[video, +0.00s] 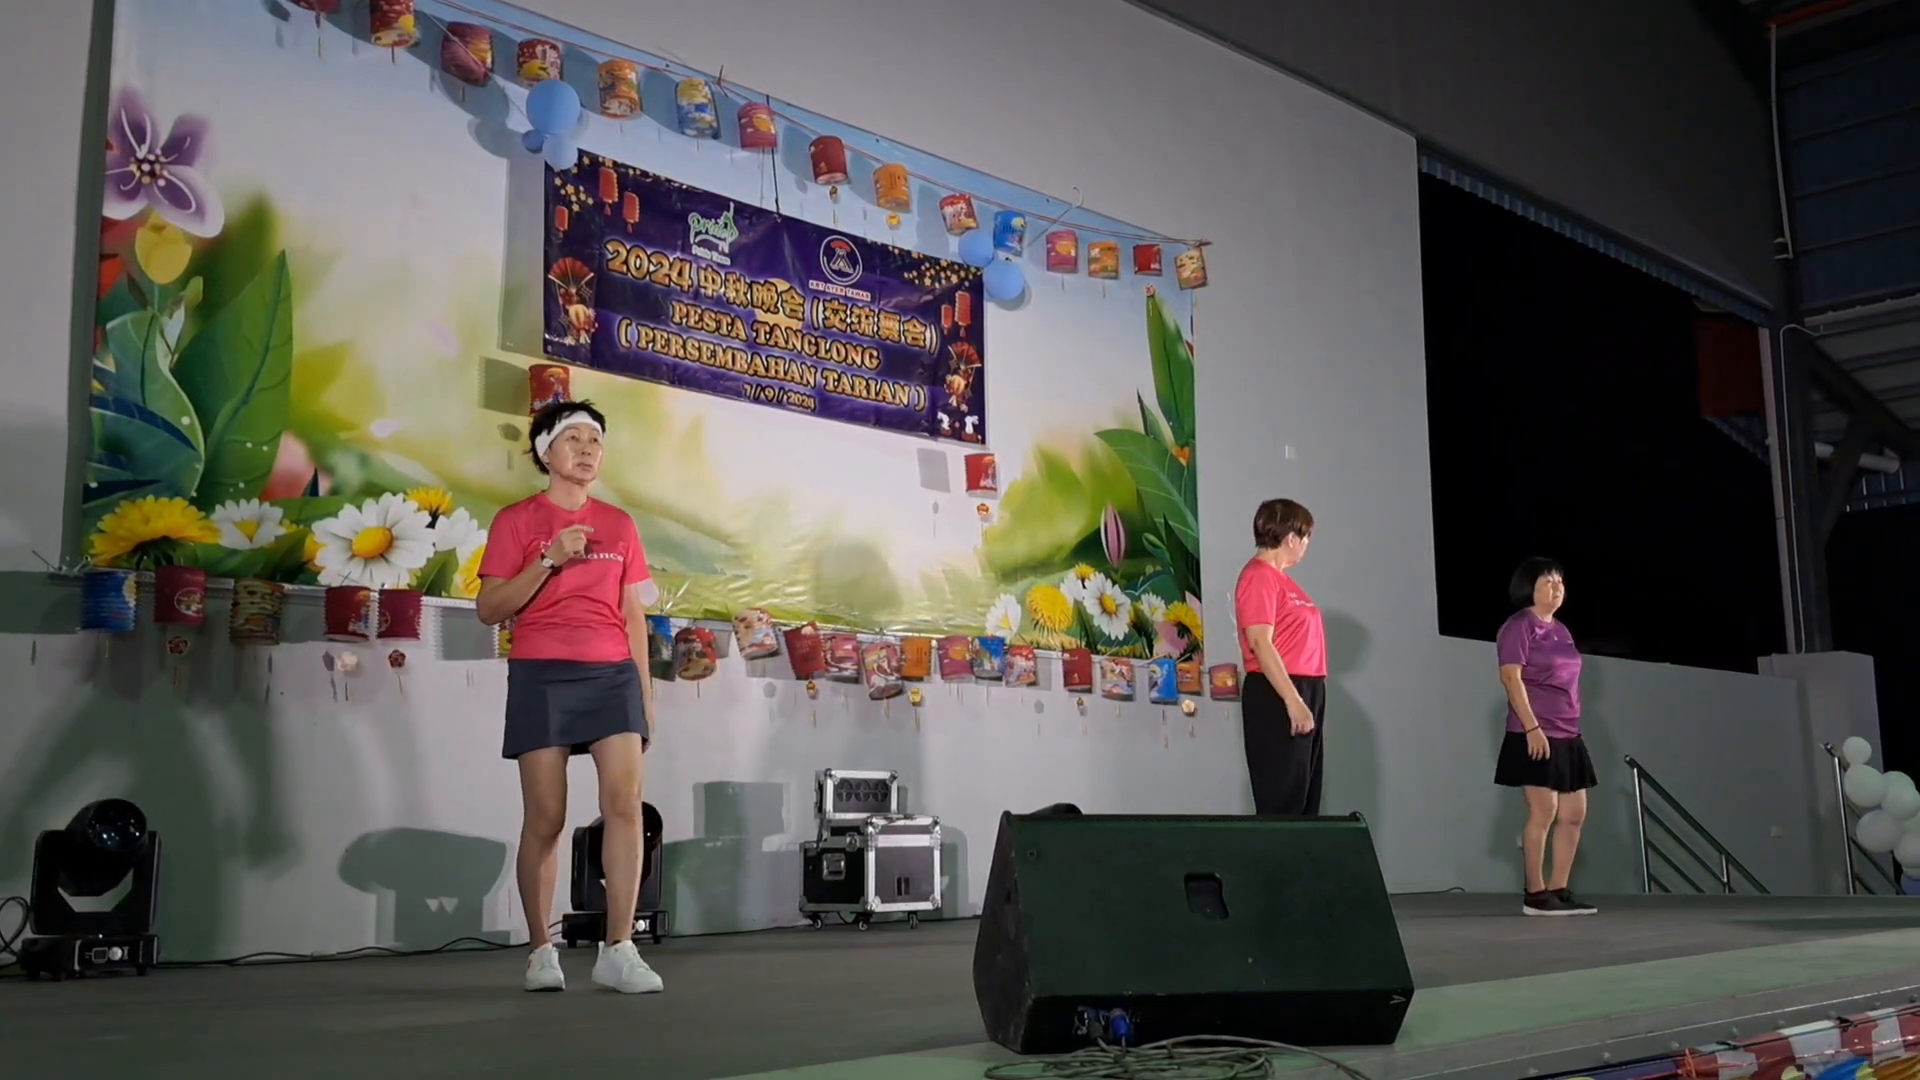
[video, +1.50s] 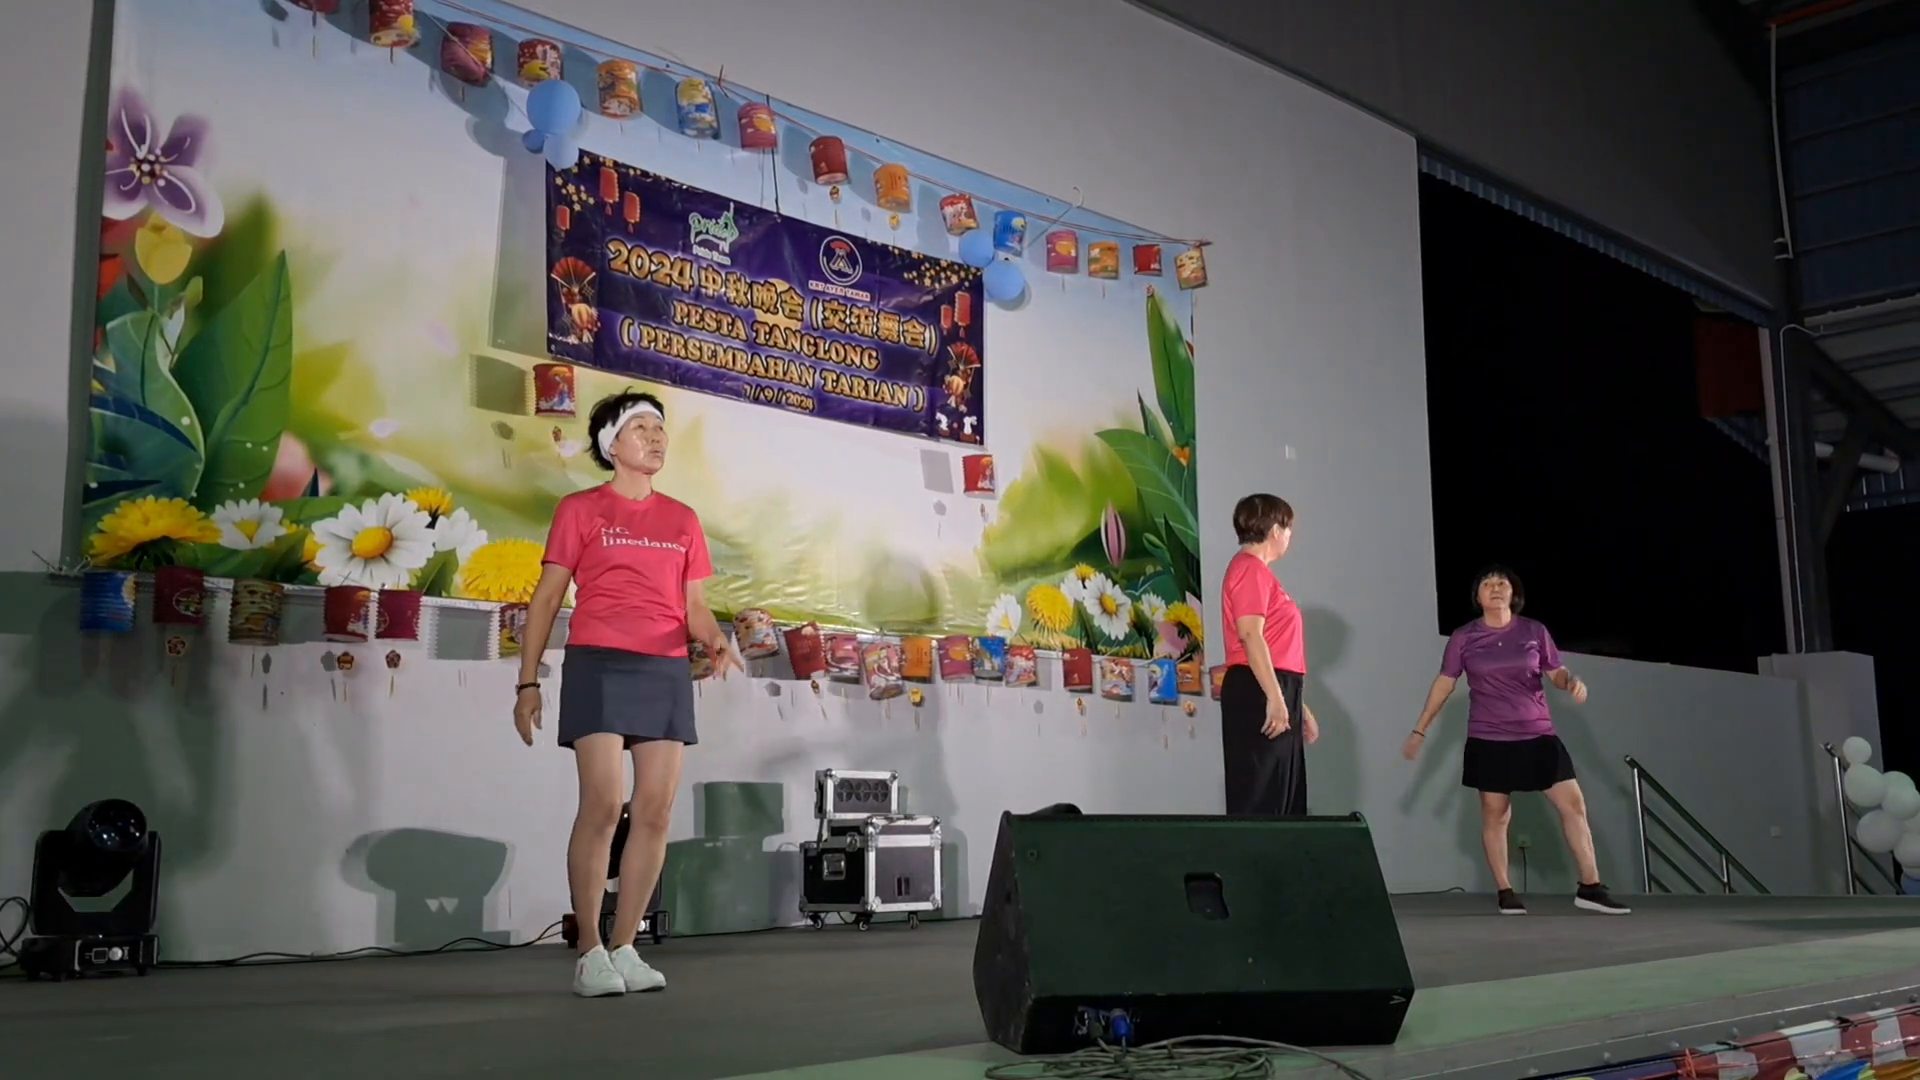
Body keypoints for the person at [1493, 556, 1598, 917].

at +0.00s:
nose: (1556, 588)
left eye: (1559, 582)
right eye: (1548, 582)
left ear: (1563, 589)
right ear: (1530, 587)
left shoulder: (1562, 631)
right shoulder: (1518, 626)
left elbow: (1563, 684)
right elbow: (1511, 679)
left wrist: (1571, 730)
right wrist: (1532, 728)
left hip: (1568, 738)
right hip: (1535, 736)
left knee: (1574, 814)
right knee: (1543, 811)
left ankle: (1558, 891)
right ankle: (1535, 893)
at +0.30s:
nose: (1559, 589)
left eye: (1561, 583)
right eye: (1550, 583)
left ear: (1565, 591)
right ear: (1533, 589)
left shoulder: (1565, 633)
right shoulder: (1522, 629)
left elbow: (1583, 683)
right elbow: (1522, 681)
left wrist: (1611, 721)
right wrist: (1541, 727)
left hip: (1573, 736)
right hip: (1540, 735)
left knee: (1573, 814)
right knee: (1562, 811)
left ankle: (1559, 891)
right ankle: (1538, 891)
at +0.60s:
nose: (1552, 587)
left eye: (1556, 583)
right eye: (1543, 583)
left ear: (1563, 591)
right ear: (1528, 592)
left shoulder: (1571, 634)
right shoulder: (1518, 630)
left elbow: (1587, 680)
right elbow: (1517, 681)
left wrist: (1608, 722)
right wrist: (1549, 726)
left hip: (1573, 736)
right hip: (1533, 735)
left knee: (1581, 812)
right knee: (1557, 810)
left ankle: (1560, 890)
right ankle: (1541, 891)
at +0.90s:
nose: (1539, 593)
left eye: (1544, 587)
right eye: (1531, 586)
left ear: (1551, 592)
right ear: (1514, 591)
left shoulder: (1563, 630)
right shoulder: (1495, 629)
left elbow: (1591, 670)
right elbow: (1474, 671)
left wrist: (1629, 673)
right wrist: (1466, 706)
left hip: (1560, 734)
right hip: (1515, 734)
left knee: (1578, 807)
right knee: (1520, 812)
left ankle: (1560, 888)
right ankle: (1508, 886)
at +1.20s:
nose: (1516, 600)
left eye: (1521, 593)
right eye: (1508, 592)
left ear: (1527, 598)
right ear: (1492, 597)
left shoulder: (1541, 634)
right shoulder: (1472, 637)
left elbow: (1564, 678)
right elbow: (1442, 679)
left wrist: (1589, 666)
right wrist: (1407, 716)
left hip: (1542, 738)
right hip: (1493, 739)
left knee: (1574, 807)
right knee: (1499, 812)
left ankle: (1596, 888)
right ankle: (1505, 891)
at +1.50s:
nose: (1495, 588)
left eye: (1502, 583)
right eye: (1488, 583)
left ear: (1513, 593)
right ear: (1478, 594)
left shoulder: (1535, 631)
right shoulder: (1463, 638)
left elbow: (1557, 674)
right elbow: (1444, 685)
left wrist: (1571, 682)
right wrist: (1419, 731)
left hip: (1537, 736)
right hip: (1488, 739)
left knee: (1573, 803)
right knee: (1496, 812)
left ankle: (1590, 885)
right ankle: (1505, 891)